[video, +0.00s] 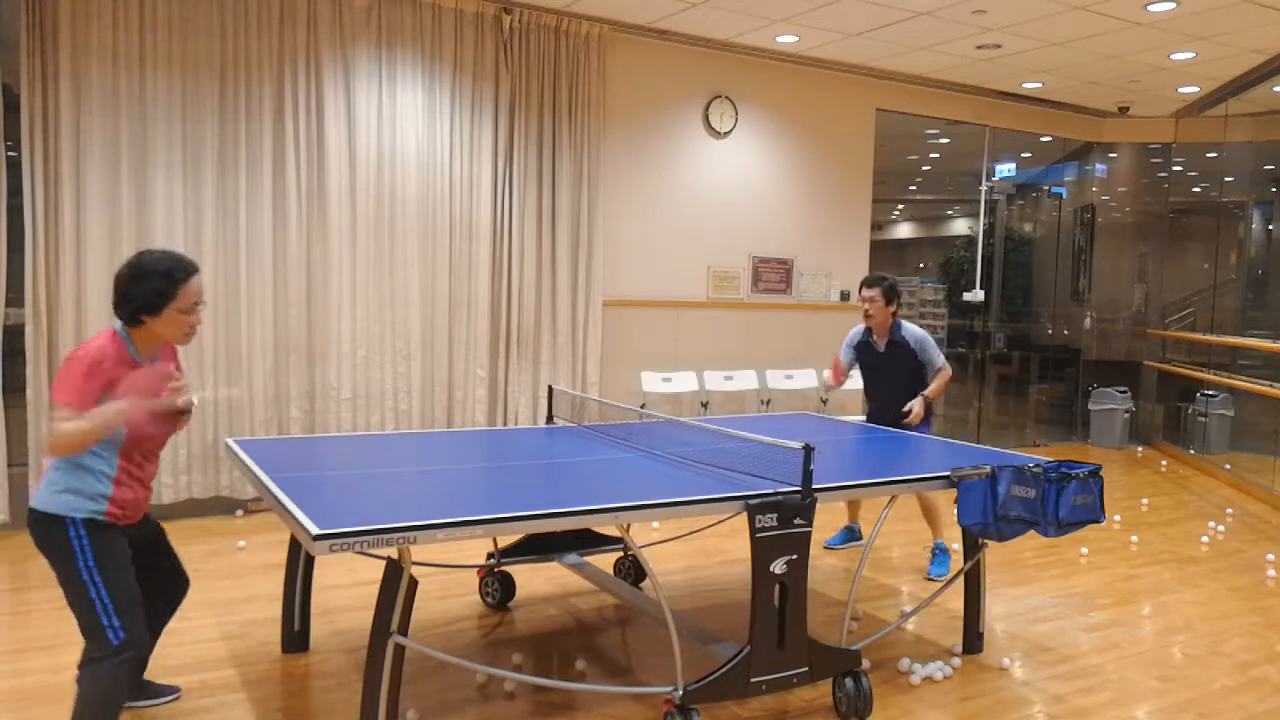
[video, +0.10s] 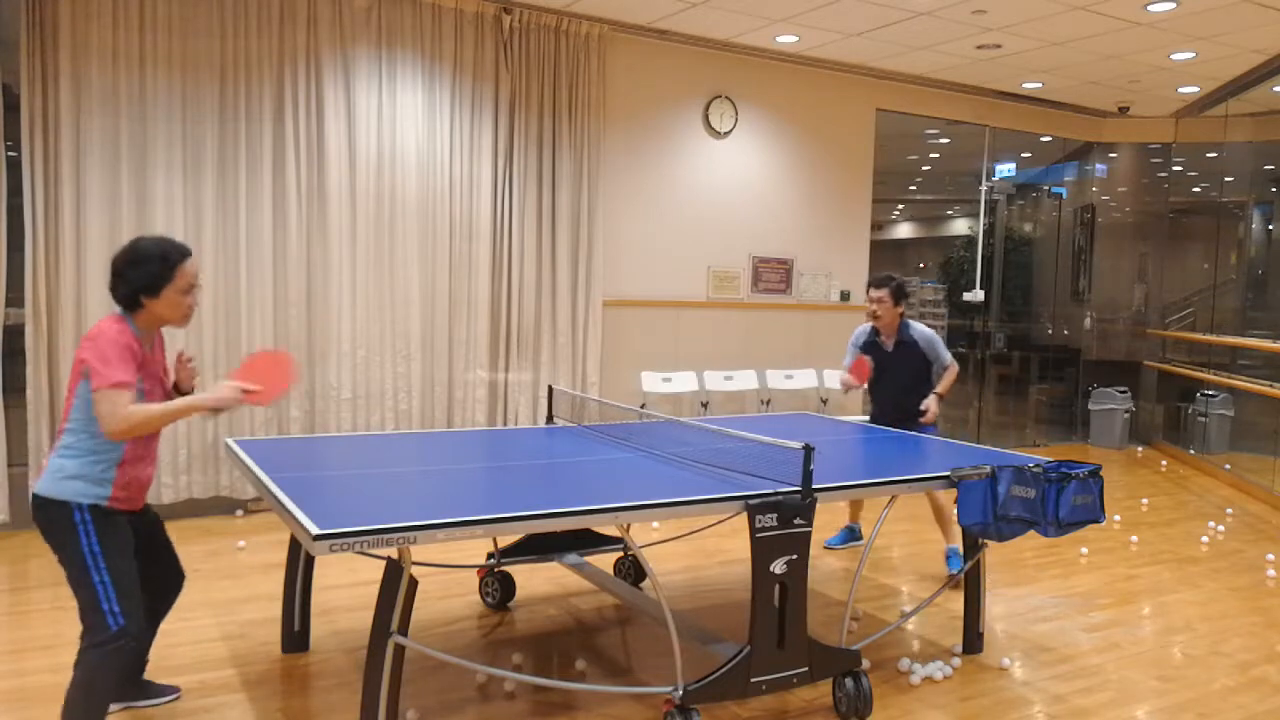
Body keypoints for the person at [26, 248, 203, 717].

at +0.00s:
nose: (199, 318)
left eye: (199, 307)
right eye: (190, 309)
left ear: (153, 314)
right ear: (149, 312)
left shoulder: (165, 356)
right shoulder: (95, 358)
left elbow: (160, 432)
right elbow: (58, 440)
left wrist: (178, 408)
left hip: (123, 509)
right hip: (72, 512)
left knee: (167, 585)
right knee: (120, 643)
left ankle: (123, 681)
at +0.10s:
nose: (195, 300)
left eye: (195, 289)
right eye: (187, 291)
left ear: (156, 296)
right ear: (147, 295)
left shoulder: (151, 339)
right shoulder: (112, 338)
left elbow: (143, 412)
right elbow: (116, 422)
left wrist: (176, 388)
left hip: (120, 499)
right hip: (78, 501)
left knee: (164, 579)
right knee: (118, 631)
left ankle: (123, 683)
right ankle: (81, 711)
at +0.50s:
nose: (194, 284)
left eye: (192, 273)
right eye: (185, 275)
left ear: (156, 284)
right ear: (149, 283)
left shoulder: (152, 330)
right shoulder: (108, 334)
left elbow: (132, 407)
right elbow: (84, 426)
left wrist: (179, 391)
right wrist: (172, 442)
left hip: (116, 494)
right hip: (73, 496)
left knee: (150, 582)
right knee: (117, 628)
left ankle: (122, 681)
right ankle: (87, 711)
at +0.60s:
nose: (199, 294)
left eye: (198, 283)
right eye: (189, 286)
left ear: (157, 295)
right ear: (151, 295)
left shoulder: (164, 337)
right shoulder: (101, 348)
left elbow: (144, 403)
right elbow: (62, 433)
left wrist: (181, 402)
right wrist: (140, 476)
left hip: (115, 496)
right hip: (63, 499)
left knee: (152, 581)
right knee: (113, 625)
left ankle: (122, 679)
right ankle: (85, 711)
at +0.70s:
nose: (206, 314)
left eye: (204, 303)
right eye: (196, 306)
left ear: (167, 316)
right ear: (156, 314)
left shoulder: (176, 353)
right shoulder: (100, 363)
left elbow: (184, 402)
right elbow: (49, 445)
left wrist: (196, 420)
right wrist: (109, 508)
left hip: (111, 498)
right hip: (53, 503)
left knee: (154, 576)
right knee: (108, 626)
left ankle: (122, 680)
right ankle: (84, 712)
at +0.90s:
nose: (213, 343)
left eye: (214, 332)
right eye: (204, 335)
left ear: (175, 337)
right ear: (161, 336)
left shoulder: (188, 374)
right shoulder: (97, 380)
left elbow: (204, 430)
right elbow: (32, 450)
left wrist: (213, 453)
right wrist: (34, 533)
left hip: (119, 506)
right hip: (63, 512)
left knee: (164, 584)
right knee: (111, 626)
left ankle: (124, 677)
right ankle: (86, 711)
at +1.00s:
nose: (214, 343)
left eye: (216, 331)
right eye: (205, 334)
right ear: (162, 334)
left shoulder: (193, 374)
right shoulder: (101, 377)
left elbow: (208, 432)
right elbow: (35, 441)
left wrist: (222, 456)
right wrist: (7, 518)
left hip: (123, 505)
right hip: (62, 508)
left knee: (170, 583)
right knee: (113, 627)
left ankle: (132, 667)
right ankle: (85, 714)